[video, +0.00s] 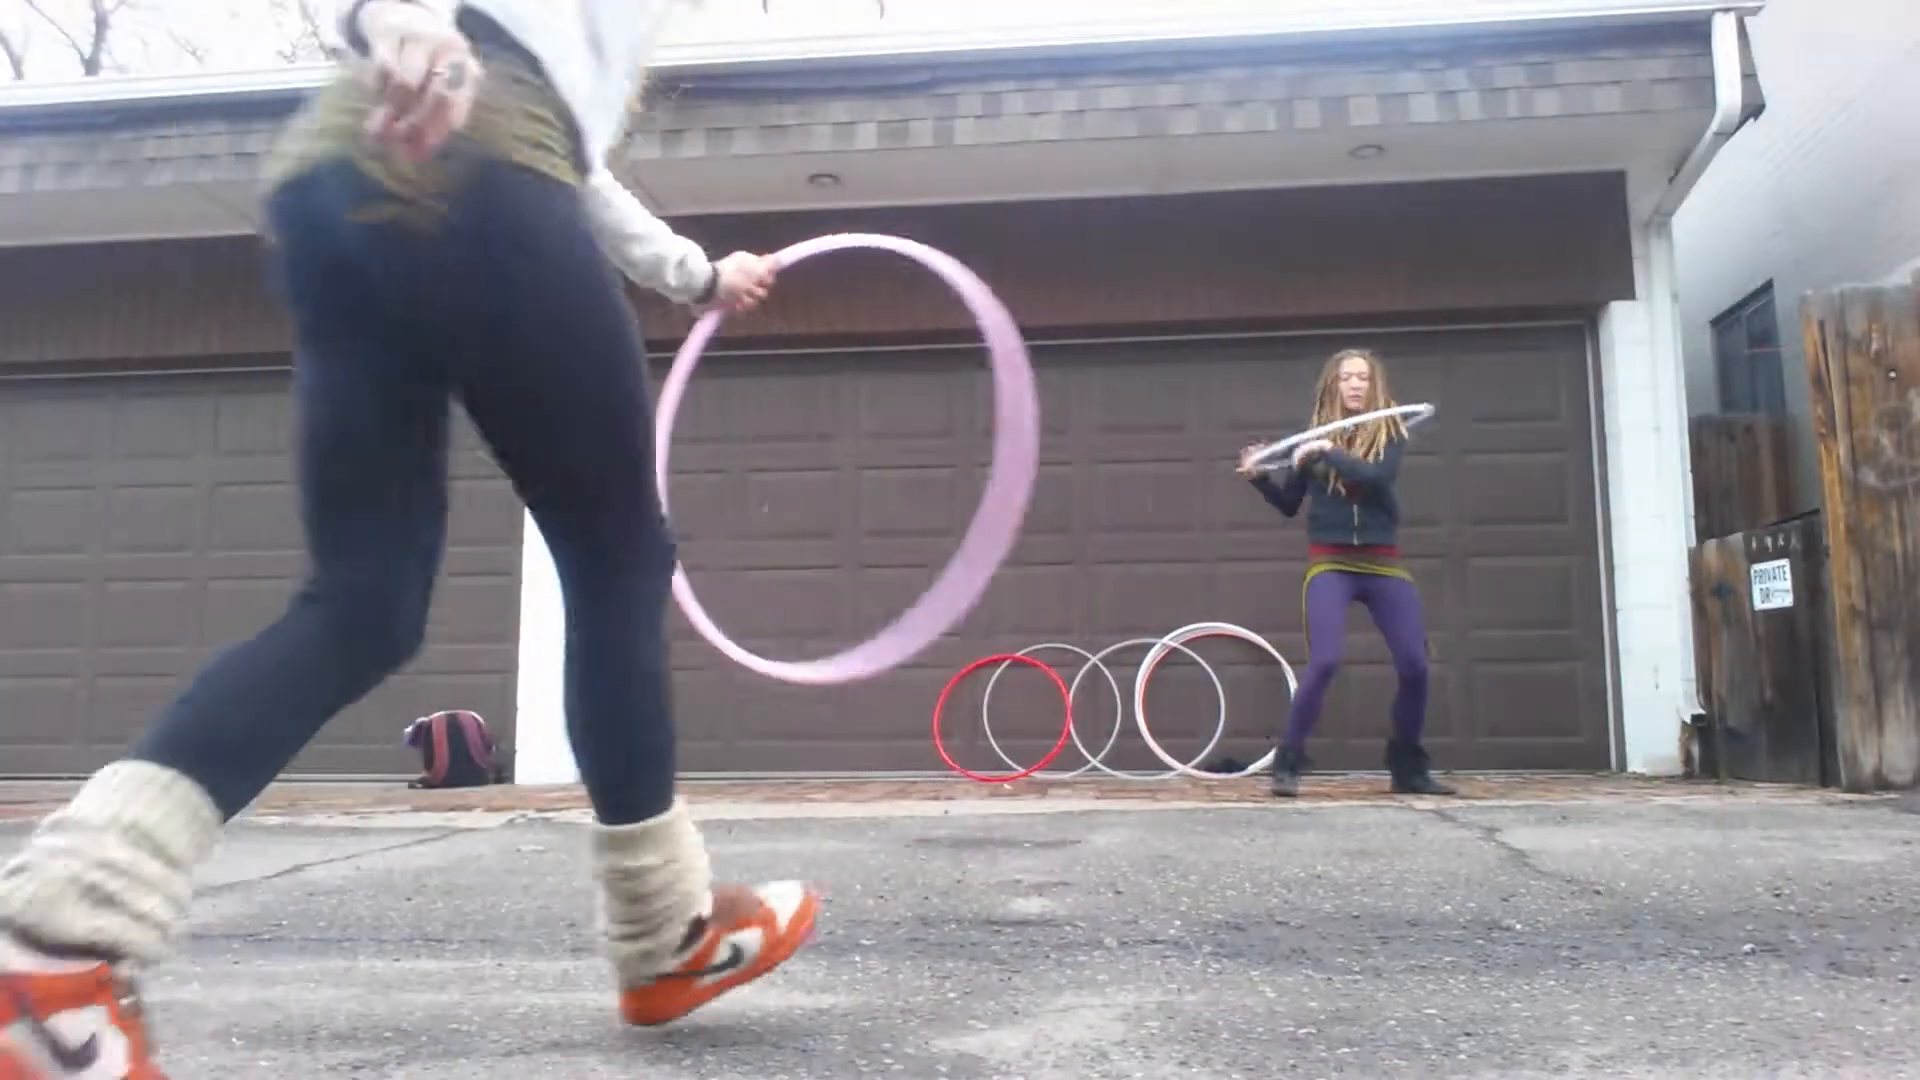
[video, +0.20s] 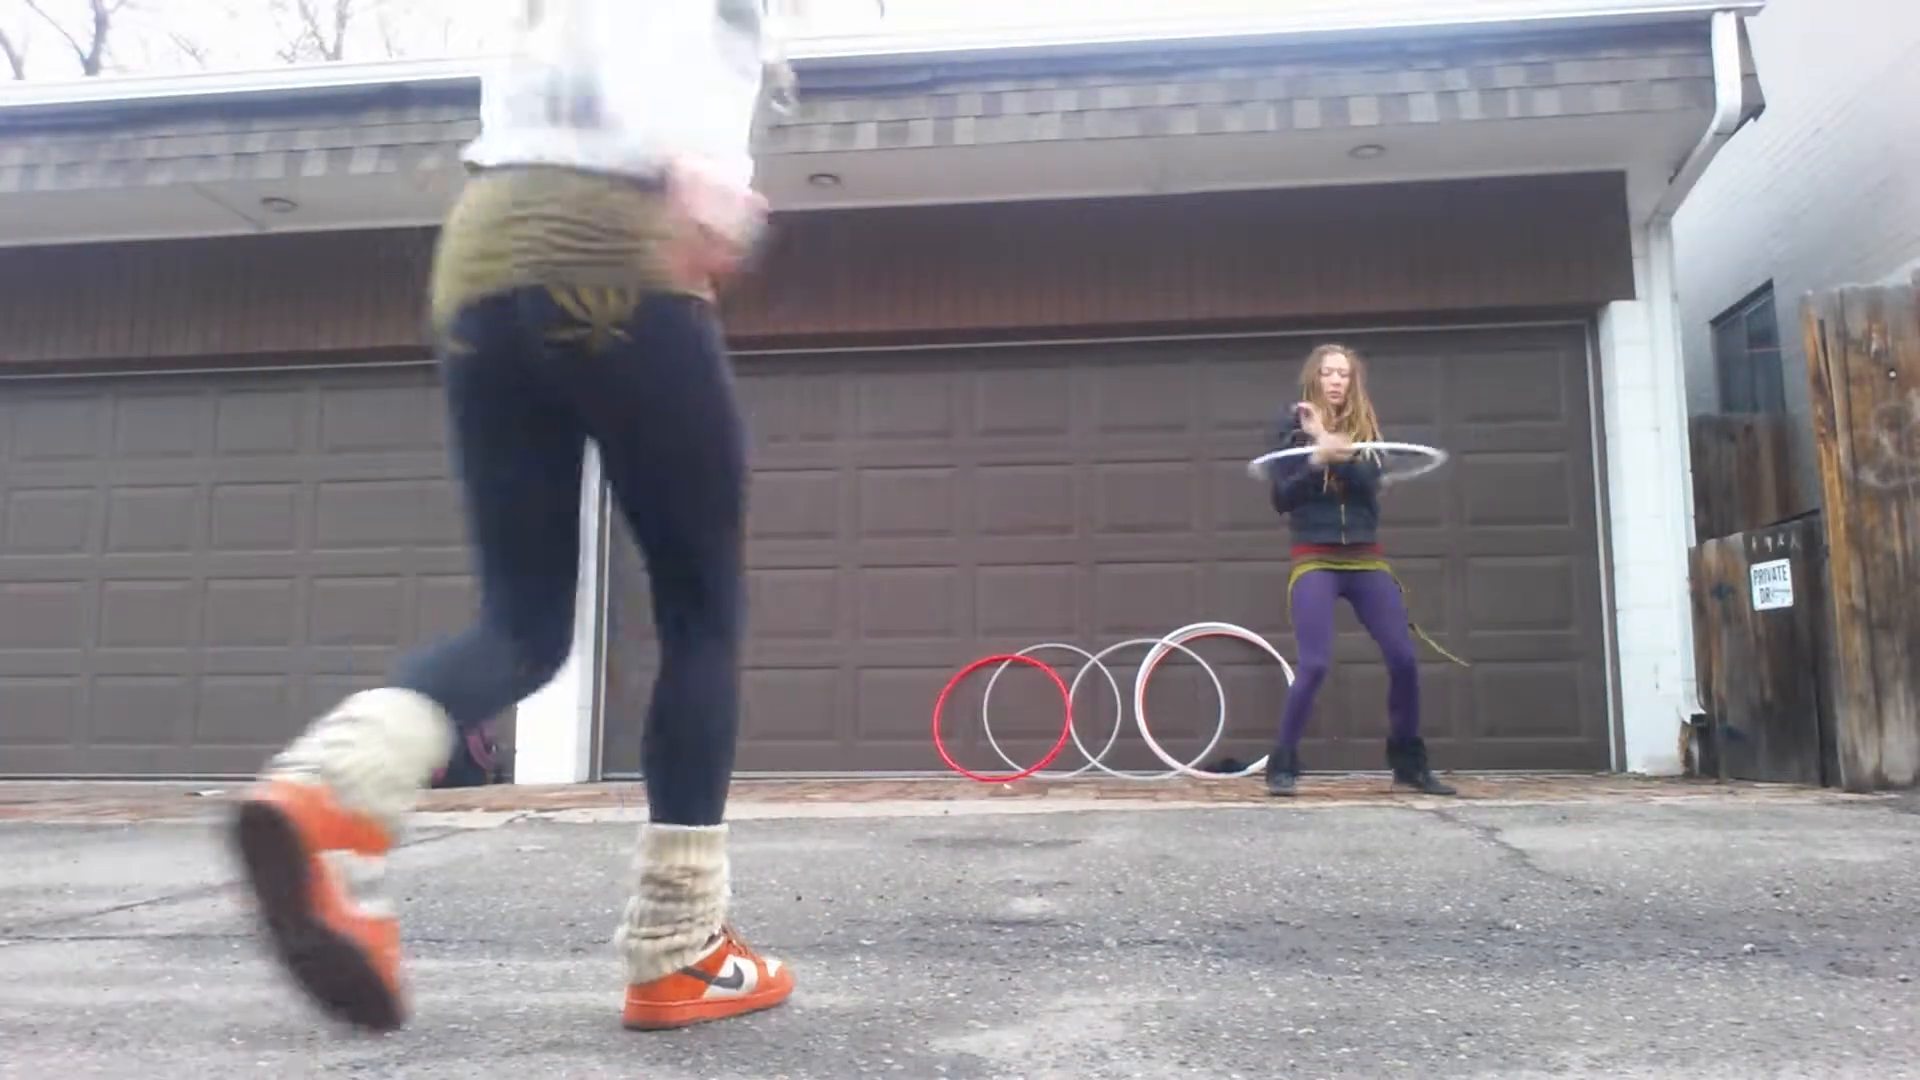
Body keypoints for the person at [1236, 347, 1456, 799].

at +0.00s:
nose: (1356, 385)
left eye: (1364, 378)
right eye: (1348, 378)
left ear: (1375, 386)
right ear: (1333, 385)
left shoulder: (1387, 430)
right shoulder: (1313, 438)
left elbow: (1379, 478)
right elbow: (1289, 503)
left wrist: (1329, 454)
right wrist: (1261, 476)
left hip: (1383, 563)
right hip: (1329, 562)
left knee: (1415, 666)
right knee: (1325, 660)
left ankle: (1407, 769)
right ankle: (1287, 763)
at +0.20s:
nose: (1338, 381)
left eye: (1345, 374)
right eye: (1330, 373)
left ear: (1355, 382)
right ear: (1312, 378)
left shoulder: (1364, 425)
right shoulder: (1290, 425)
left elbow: (1369, 483)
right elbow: (1282, 497)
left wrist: (1326, 440)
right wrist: (1321, 458)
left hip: (1365, 557)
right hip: (1314, 558)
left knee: (1404, 658)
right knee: (1314, 665)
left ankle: (1408, 764)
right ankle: (1282, 765)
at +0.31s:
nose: (1327, 376)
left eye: (1332, 369)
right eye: (1319, 368)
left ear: (1342, 376)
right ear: (1302, 375)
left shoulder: (1354, 422)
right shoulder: (1286, 424)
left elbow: (1383, 474)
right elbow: (1283, 488)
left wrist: (1354, 425)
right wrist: (1348, 487)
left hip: (1351, 549)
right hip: (1306, 554)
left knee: (1420, 614)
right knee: (1313, 663)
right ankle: (1283, 761)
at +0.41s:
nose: (1329, 375)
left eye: (1331, 367)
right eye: (1319, 369)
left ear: (1334, 372)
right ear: (1300, 375)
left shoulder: (1336, 420)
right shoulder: (1283, 424)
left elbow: (1368, 467)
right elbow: (1287, 494)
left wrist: (1400, 466)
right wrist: (1350, 503)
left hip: (1345, 549)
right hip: (1306, 556)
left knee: (1424, 590)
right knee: (1314, 663)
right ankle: (1283, 762)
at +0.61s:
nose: (1343, 370)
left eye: (1342, 362)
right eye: (1336, 362)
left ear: (1322, 367)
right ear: (1314, 366)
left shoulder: (1325, 411)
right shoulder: (1305, 406)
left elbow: (1318, 480)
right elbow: (1352, 463)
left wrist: (1356, 496)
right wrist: (1381, 477)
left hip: (1348, 543)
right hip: (1312, 548)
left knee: (1423, 597)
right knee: (1312, 656)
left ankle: (1387, 682)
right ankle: (1282, 761)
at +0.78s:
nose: (1362, 367)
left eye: (1362, 359)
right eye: (1354, 359)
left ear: (1350, 364)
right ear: (1331, 364)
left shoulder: (1354, 406)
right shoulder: (1312, 402)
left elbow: (1354, 465)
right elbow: (1350, 449)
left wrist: (1384, 457)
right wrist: (1384, 456)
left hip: (1372, 544)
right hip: (1328, 547)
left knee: (1417, 646)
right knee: (1313, 658)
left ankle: (1446, 761)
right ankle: (1282, 765)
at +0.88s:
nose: (1371, 379)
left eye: (1376, 372)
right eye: (1362, 371)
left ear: (1385, 378)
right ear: (1343, 374)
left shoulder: (1387, 430)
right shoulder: (1319, 422)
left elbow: (1393, 494)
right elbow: (1335, 426)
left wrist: (1443, 479)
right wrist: (1391, 419)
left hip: (1393, 554)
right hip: (1341, 555)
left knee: (1426, 655)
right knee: (1321, 660)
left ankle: (1445, 768)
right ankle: (1285, 765)